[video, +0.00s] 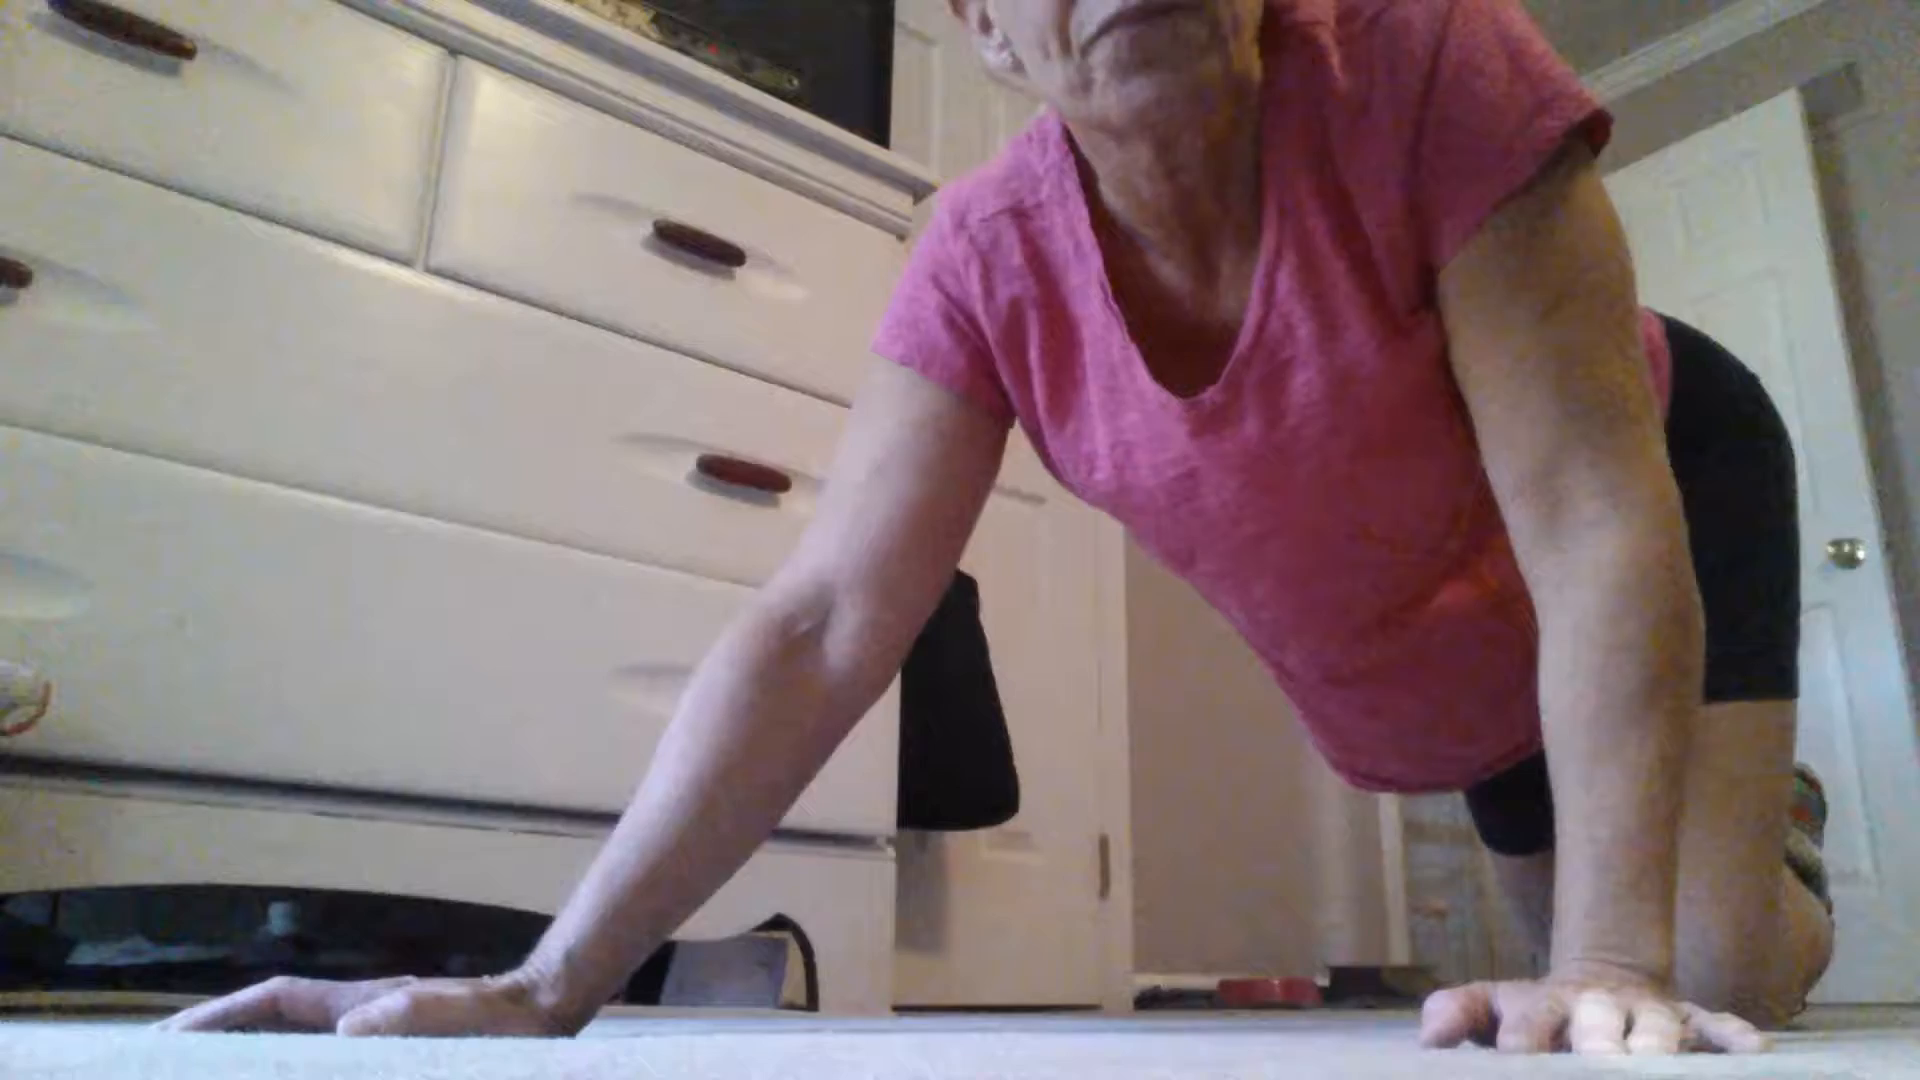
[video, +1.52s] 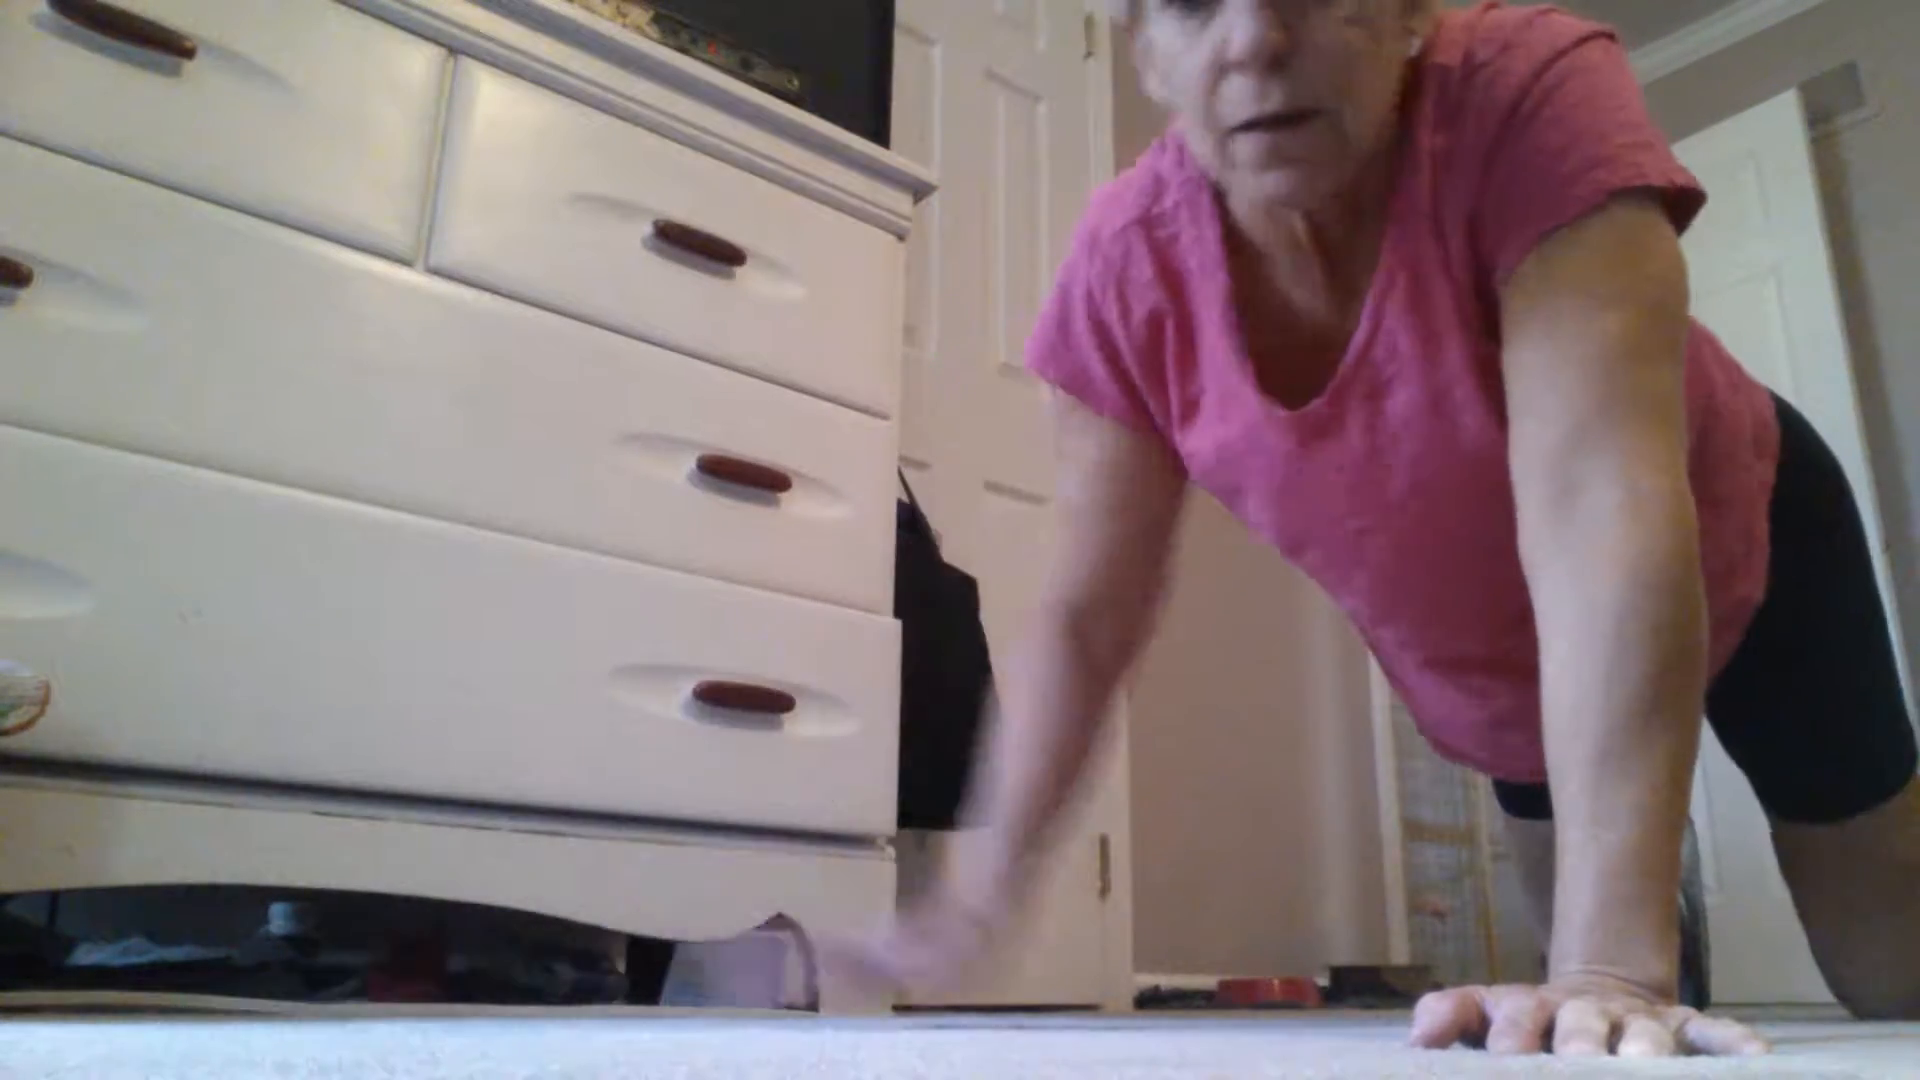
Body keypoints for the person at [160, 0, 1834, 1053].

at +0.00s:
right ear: (994, 37)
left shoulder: (1435, 69)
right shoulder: (989, 255)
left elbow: (1592, 512)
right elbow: (819, 629)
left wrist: (1605, 967)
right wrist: (553, 982)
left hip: (1648, 487)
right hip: (1452, 687)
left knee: (1701, 976)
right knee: (1618, 960)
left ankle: (1758, 886)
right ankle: (1743, 867)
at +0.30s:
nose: (1153, 7)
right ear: (1016, 41)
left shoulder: (1442, 67)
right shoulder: (1009, 267)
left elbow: (1576, 501)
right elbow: (828, 633)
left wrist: (1609, 984)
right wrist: (552, 984)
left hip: (1651, 505)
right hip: (1449, 686)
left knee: (1711, 973)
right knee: (1621, 959)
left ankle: (1754, 900)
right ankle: (1731, 878)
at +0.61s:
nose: (1212, 44)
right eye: (1139, 13)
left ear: (1320, 15)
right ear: (1064, 81)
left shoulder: (1460, 116)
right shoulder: (1043, 306)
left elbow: (1573, 521)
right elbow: (840, 656)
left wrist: (1608, 987)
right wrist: (556, 983)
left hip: (1641, 539)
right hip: (1449, 705)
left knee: (1698, 966)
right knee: (1602, 943)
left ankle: (1797, 893)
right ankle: (1736, 868)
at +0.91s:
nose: (1217, 51)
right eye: (1148, 22)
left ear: (1339, 20)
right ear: (1077, 94)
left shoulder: (1468, 107)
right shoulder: (1060, 322)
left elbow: (1582, 531)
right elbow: (844, 678)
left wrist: (1609, 980)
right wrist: (559, 979)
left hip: (1654, 571)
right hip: (1452, 728)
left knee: (1846, 961)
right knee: (1638, 943)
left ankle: (1904, 930)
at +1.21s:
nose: (1297, 46)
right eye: (1233, 7)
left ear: (1413, 8)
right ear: (1153, 56)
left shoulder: (1531, 95)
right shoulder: (1123, 289)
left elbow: (1606, 509)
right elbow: (882, 644)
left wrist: (1615, 970)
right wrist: (557, 957)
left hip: (1727, 580)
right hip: (1507, 713)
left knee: (1878, 965)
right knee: (1630, 1003)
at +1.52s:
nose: (1254, 40)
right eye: (1194, 1)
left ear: (1408, 7)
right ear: (1138, 42)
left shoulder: (1532, 93)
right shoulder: (1136, 254)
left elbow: (1609, 506)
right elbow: (1083, 619)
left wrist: (1610, 971)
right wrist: (965, 917)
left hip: (1738, 548)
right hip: (1501, 669)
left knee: (1884, 955)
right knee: (1610, 999)